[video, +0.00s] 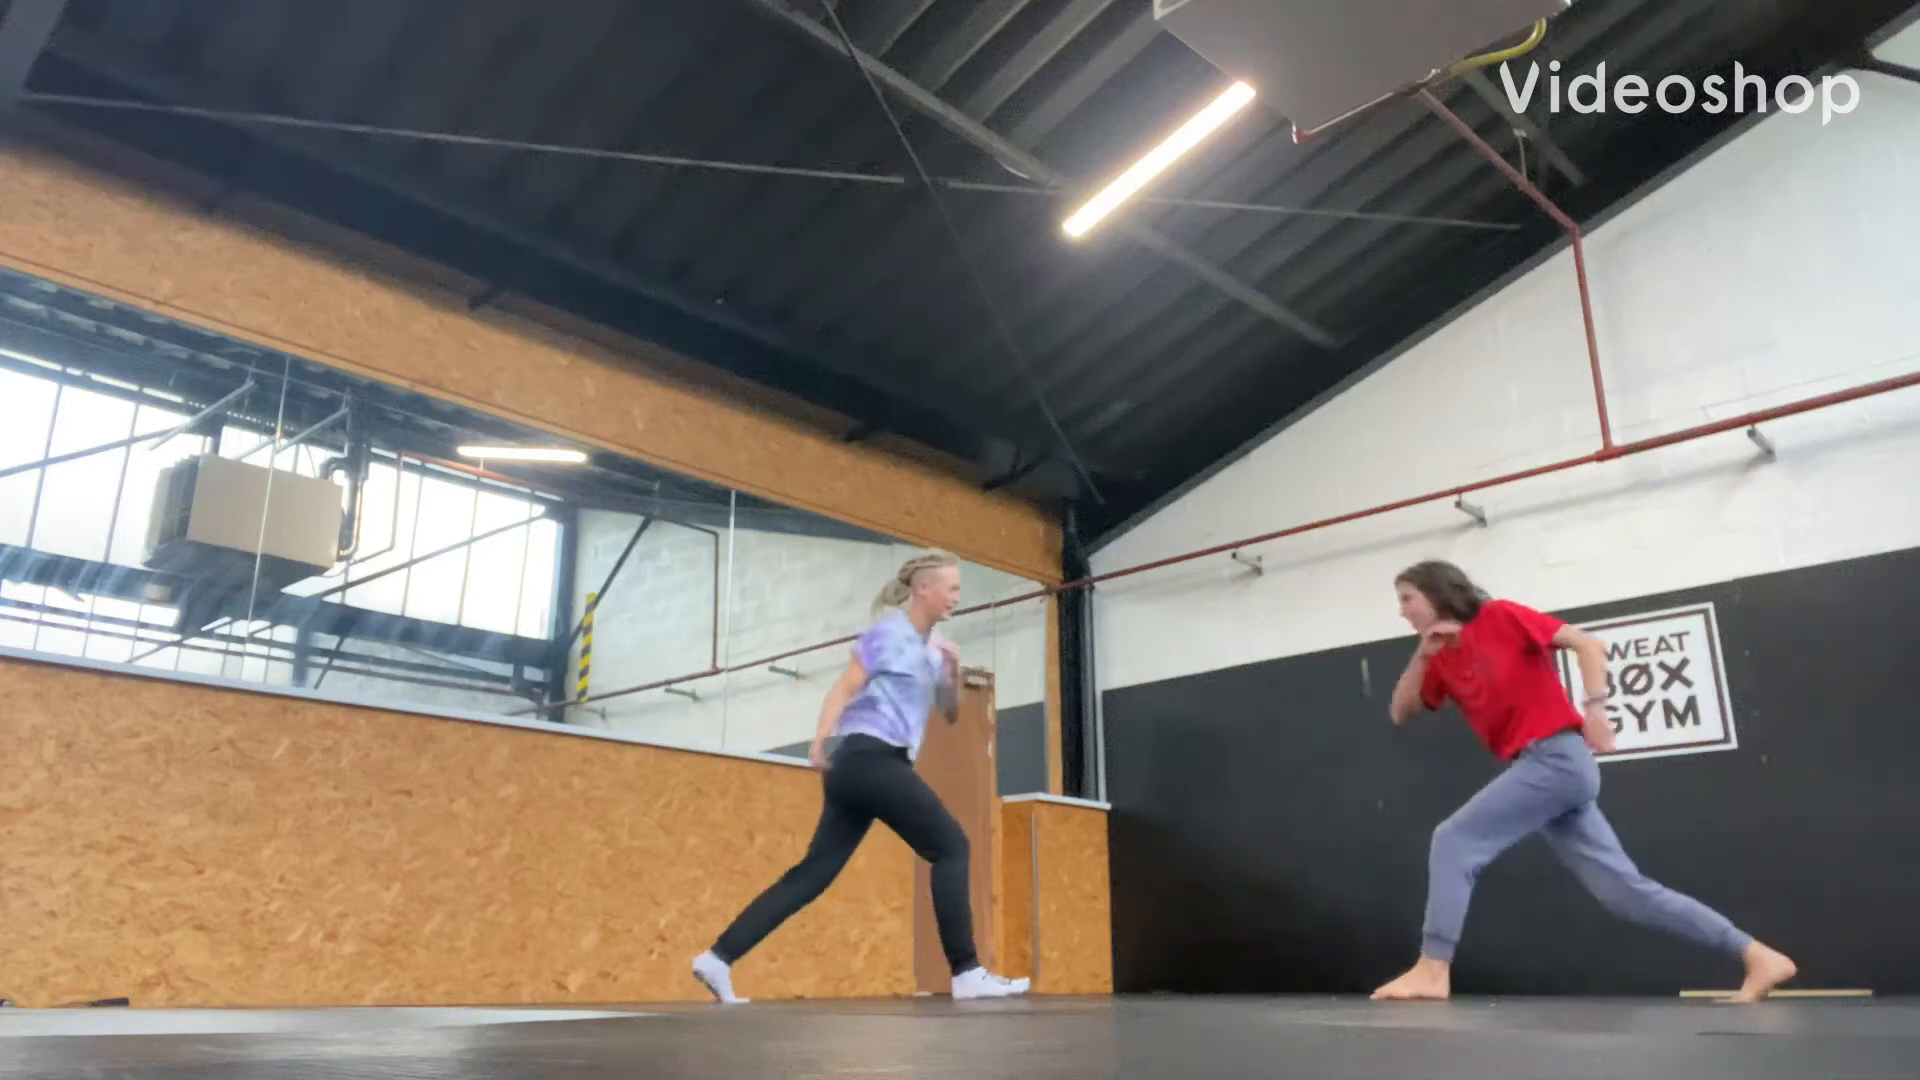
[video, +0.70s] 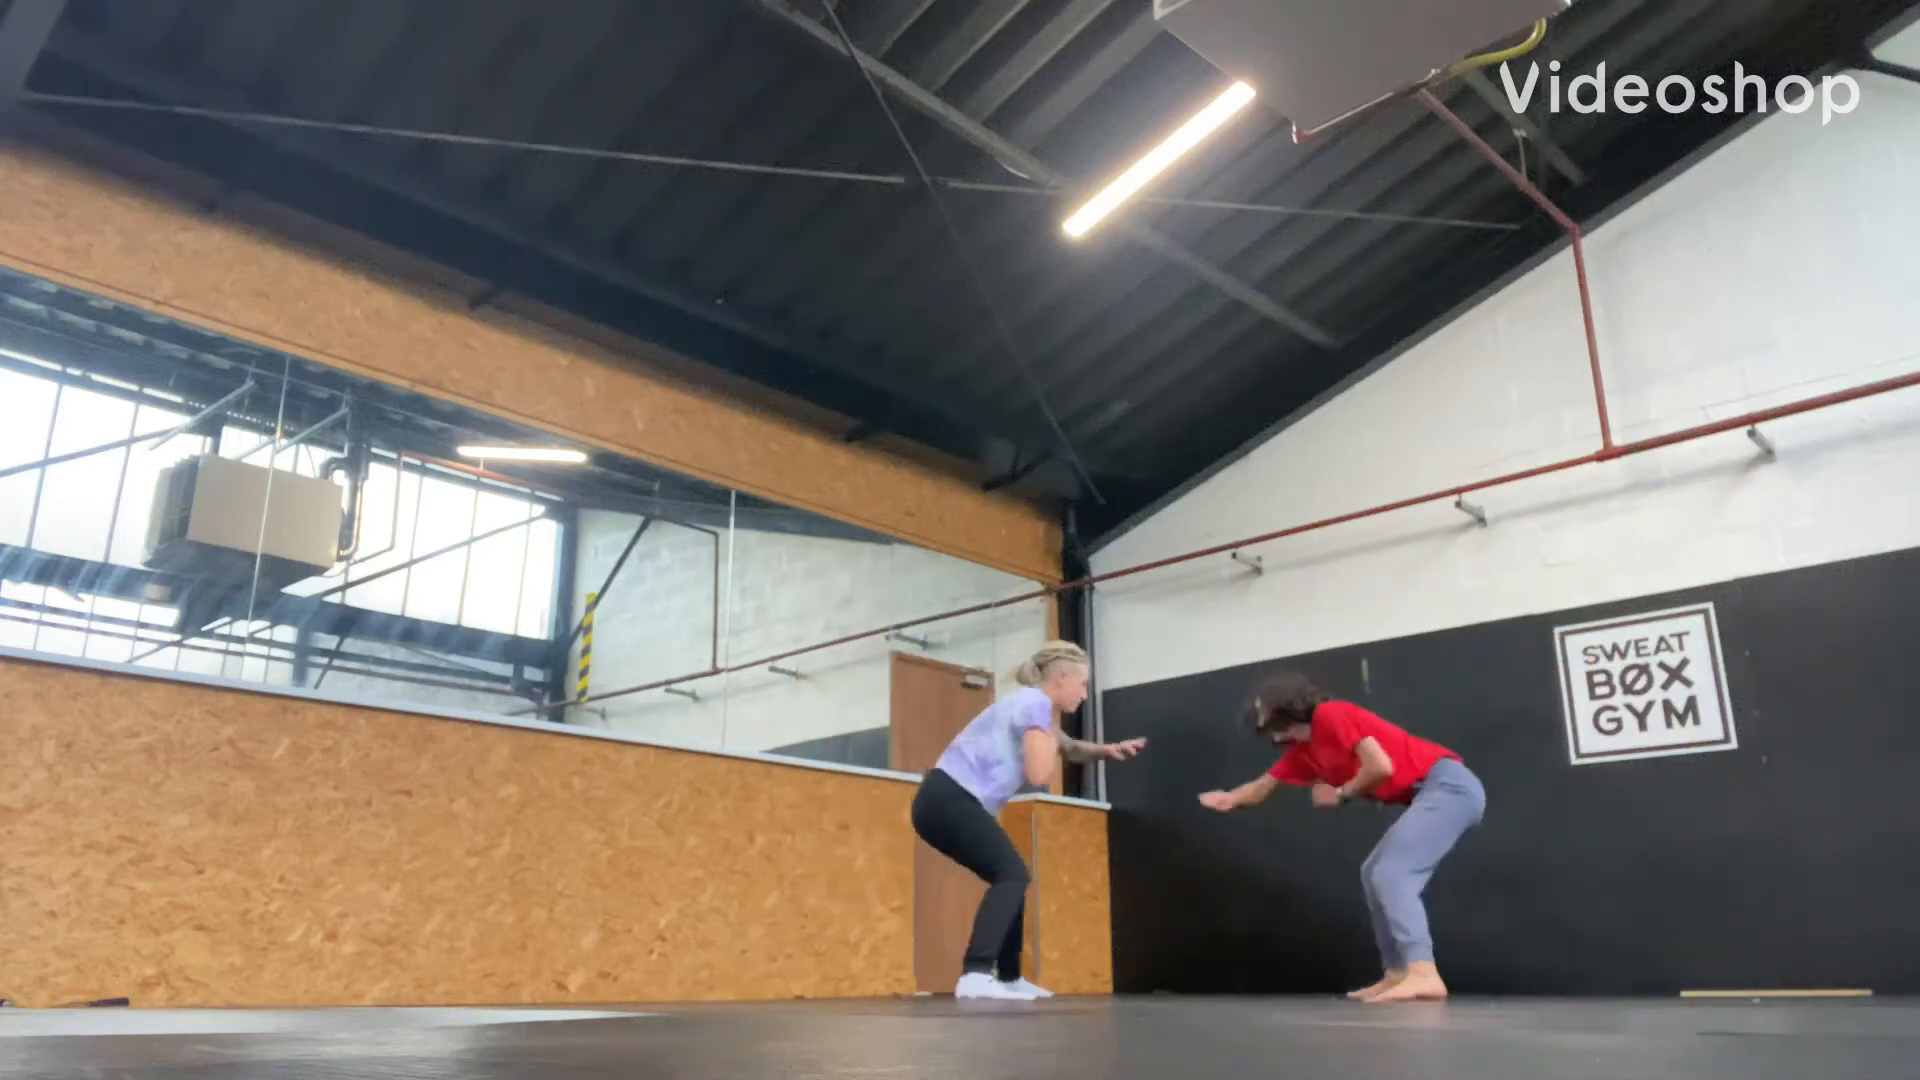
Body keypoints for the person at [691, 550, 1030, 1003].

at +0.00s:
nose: (957, 599)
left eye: (958, 591)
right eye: (951, 589)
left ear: (930, 591)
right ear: (924, 588)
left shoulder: (931, 652)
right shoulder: (890, 633)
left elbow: (949, 713)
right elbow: (846, 686)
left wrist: (951, 678)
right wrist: (821, 740)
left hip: (868, 764)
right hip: (866, 758)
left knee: (815, 872)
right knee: (950, 846)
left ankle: (718, 958)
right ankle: (967, 975)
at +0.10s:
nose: (989, 598)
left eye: (990, 589)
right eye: (982, 589)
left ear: (969, 594)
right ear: (952, 591)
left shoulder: (971, 648)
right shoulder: (922, 634)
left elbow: (992, 711)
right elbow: (878, 686)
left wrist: (988, 668)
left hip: (896, 761)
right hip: (894, 757)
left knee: (845, 873)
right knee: (965, 848)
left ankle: (743, 948)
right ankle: (971, 978)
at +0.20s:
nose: (1030, 613)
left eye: (1030, 605)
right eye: (1024, 603)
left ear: (1002, 609)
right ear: (997, 605)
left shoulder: (994, 662)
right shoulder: (961, 640)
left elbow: (990, 729)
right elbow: (931, 690)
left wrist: (1002, 701)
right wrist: (982, 690)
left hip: (912, 765)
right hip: (905, 759)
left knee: (898, 885)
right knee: (977, 850)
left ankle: (793, 930)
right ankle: (972, 978)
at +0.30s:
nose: (1057, 640)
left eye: (1057, 631)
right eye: (1052, 630)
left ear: (1029, 632)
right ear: (1028, 631)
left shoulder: (1001, 674)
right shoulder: (989, 656)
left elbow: (956, 726)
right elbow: (1013, 693)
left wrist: (995, 745)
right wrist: (1084, 676)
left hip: (912, 769)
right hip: (914, 766)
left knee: (949, 879)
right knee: (987, 850)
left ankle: (855, 937)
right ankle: (973, 978)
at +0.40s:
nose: (1072, 660)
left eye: (1072, 651)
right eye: (1068, 650)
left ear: (1038, 648)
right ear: (1042, 648)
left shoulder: (1011, 685)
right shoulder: (1012, 673)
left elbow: (976, 742)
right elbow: (1085, 708)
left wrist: (1004, 770)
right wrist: (1115, 681)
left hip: (917, 776)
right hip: (921, 775)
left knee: (971, 861)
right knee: (999, 852)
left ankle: (931, 965)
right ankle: (975, 978)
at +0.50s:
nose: (1080, 675)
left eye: (1081, 666)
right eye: (1077, 664)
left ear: (1049, 662)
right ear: (1050, 662)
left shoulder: (1012, 689)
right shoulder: (1027, 687)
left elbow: (993, 756)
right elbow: (1092, 731)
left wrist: (1039, 770)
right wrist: (1083, 694)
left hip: (927, 787)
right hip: (936, 786)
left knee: (974, 879)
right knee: (1013, 859)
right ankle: (977, 977)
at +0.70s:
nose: (1085, 694)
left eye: (1087, 686)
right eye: (1083, 684)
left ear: (1056, 680)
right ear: (1059, 679)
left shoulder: (1036, 708)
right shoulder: (1034, 703)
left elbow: (1067, 746)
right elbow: (1037, 774)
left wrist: (1110, 750)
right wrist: (1050, 737)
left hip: (952, 801)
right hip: (945, 799)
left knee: (1014, 877)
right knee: (1011, 876)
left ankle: (1007, 978)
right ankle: (976, 977)